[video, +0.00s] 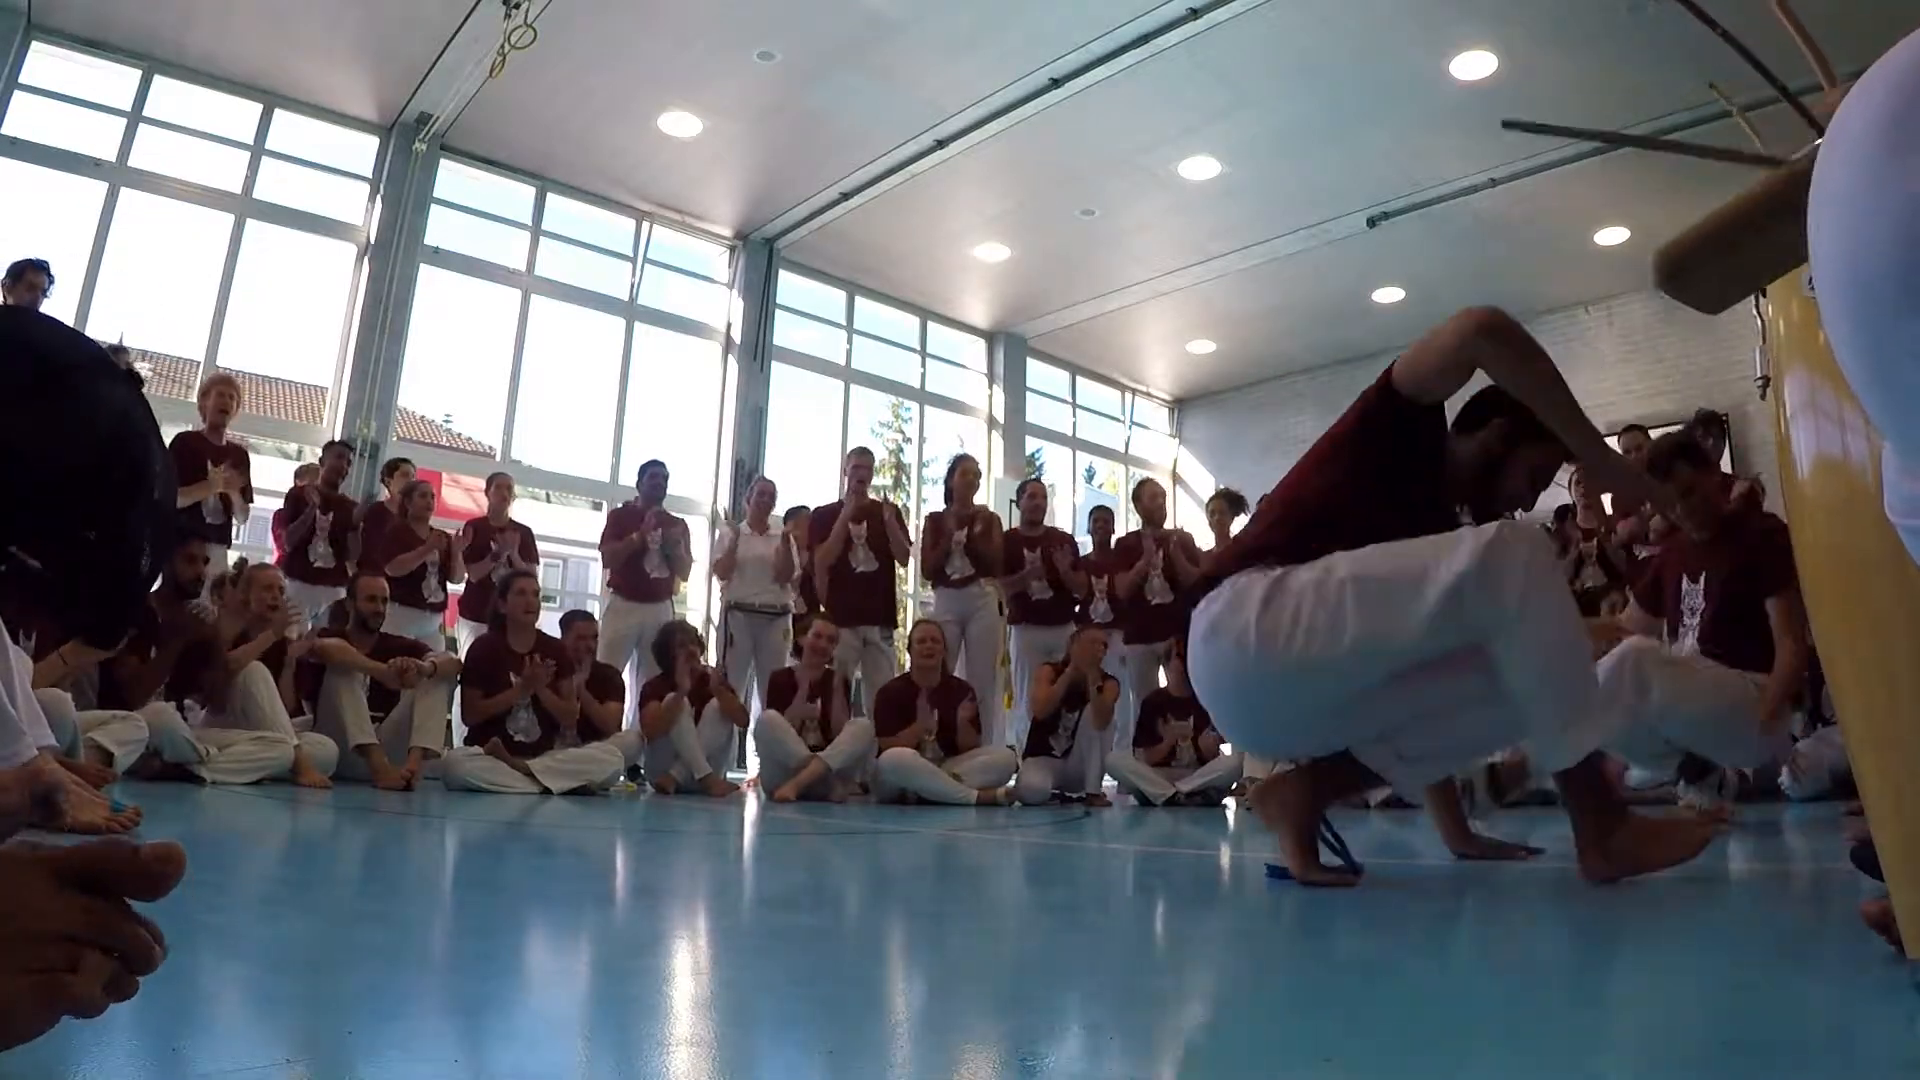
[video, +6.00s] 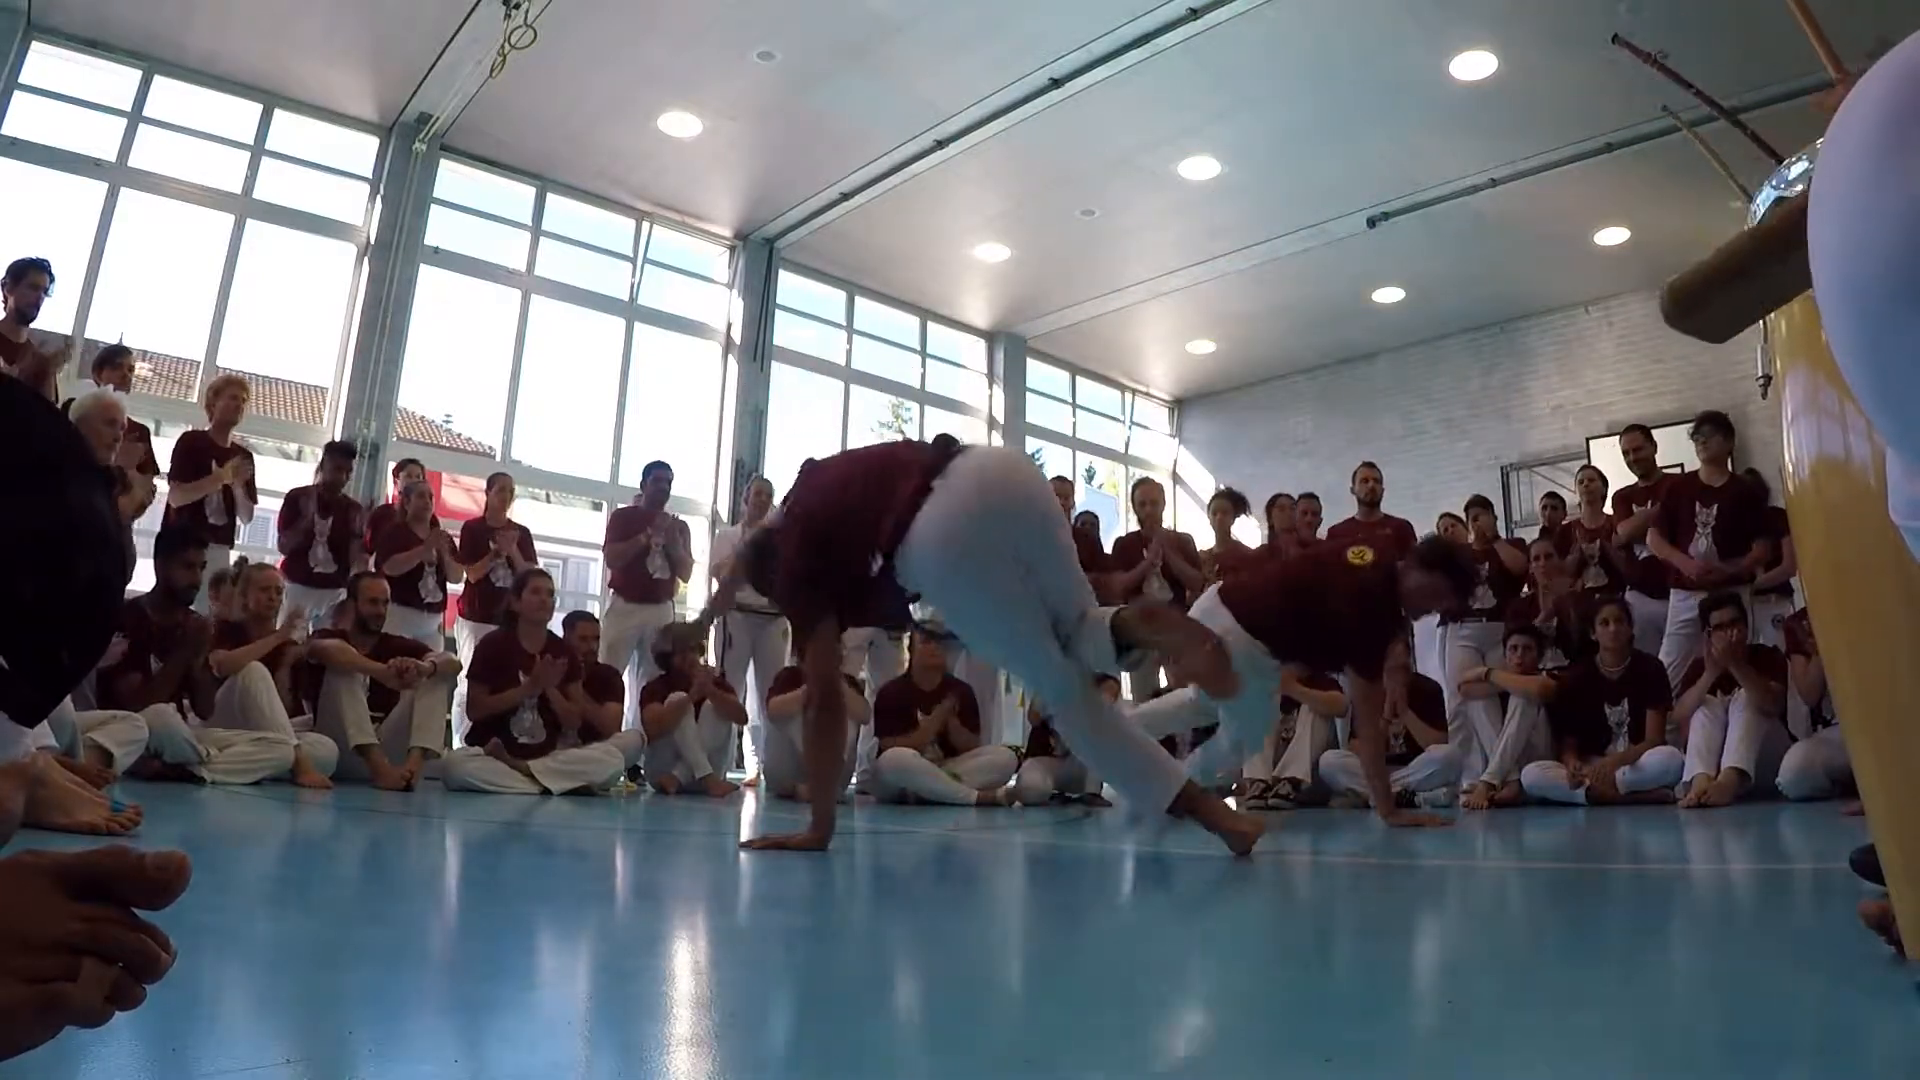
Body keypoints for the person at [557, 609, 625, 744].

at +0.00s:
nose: (590, 645)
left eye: (594, 638)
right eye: (581, 638)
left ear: (598, 639)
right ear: (564, 640)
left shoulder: (610, 675)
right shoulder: (547, 674)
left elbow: (610, 725)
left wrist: (582, 691)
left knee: (633, 739)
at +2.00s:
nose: (593, 650)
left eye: (598, 643)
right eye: (586, 642)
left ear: (602, 643)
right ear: (568, 640)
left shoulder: (610, 675)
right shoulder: (551, 674)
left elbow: (611, 728)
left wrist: (581, 689)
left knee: (635, 738)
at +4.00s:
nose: (594, 648)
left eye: (599, 642)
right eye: (586, 641)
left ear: (602, 642)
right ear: (569, 640)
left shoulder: (610, 675)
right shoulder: (551, 672)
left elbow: (609, 729)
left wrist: (572, 691)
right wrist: (566, 681)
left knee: (634, 739)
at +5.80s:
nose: (591, 646)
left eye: (596, 639)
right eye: (583, 639)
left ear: (600, 640)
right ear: (565, 640)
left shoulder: (609, 675)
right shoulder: (550, 673)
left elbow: (610, 729)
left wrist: (578, 690)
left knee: (634, 738)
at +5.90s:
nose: (592, 646)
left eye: (596, 639)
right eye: (583, 639)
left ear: (600, 640)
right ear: (565, 640)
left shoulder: (610, 675)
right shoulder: (550, 672)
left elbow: (609, 729)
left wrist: (578, 701)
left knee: (634, 738)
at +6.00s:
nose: (592, 646)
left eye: (596, 639)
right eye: (583, 639)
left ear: (600, 640)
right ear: (566, 639)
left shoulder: (609, 675)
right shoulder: (551, 673)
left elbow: (610, 728)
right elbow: (570, 722)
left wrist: (579, 696)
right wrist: (549, 687)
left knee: (633, 738)